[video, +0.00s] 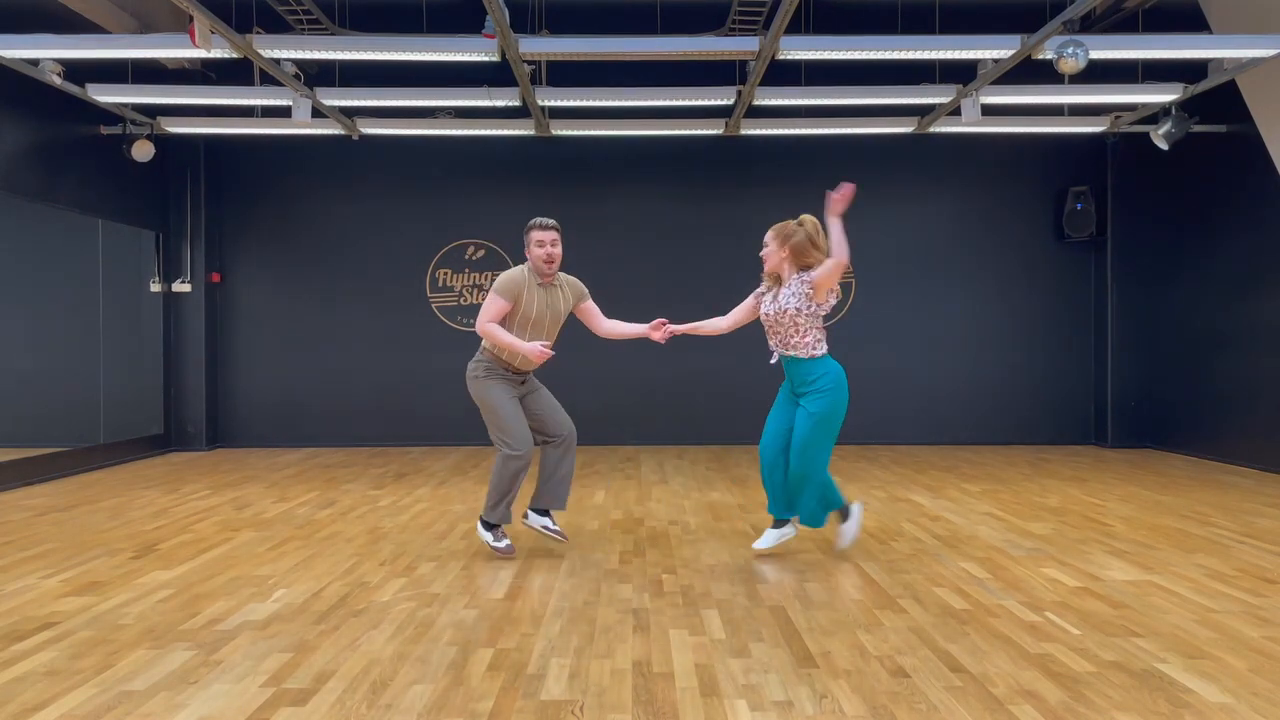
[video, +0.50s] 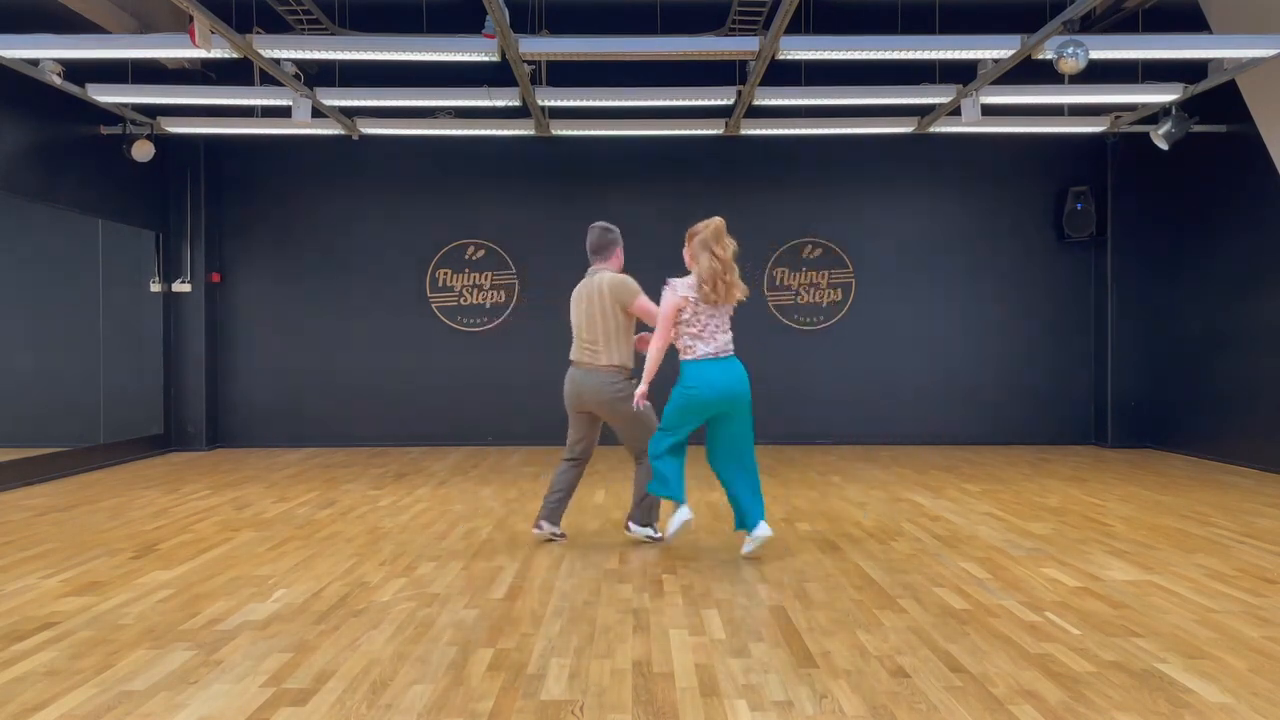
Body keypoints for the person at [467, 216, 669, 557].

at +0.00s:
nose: (549, 252)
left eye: (554, 244)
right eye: (540, 245)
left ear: (562, 248)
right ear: (527, 251)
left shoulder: (571, 288)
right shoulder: (512, 281)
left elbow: (602, 326)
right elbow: (484, 325)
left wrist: (646, 329)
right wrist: (523, 347)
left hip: (524, 378)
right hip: (489, 373)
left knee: (563, 433)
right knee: (518, 446)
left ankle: (540, 511)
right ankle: (490, 523)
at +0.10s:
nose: (556, 257)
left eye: (561, 249)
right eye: (547, 250)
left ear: (567, 253)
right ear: (532, 255)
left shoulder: (571, 299)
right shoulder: (517, 294)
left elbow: (597, 338)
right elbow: (489, 341)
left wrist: (638, 342)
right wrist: (532, 355)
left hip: (531, 386)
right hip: (499, 381)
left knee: (563, 442)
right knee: (512, 462)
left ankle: (531, 509)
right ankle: (472, 534)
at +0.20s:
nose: (573, 255)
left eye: (577, 248)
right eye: (565, 248)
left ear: (580, 253)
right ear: (546, 252)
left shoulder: (574, 297)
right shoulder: (534, 289)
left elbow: (590, 339)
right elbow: (519, 342)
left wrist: (626, 348)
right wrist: (570, 340)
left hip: (542, 384)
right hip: (519, 379)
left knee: (561, 451)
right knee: (540, 457)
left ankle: (525, 519)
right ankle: (480, 525)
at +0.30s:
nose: (593, 251)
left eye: (595, 246)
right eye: (586, 244)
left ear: (594, 250)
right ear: (564, 247)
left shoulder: (579, 290)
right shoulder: (558, 279)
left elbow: (587, 338)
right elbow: (564, 332)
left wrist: (622, 349)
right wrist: (605, 321)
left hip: (545, 374)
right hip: (539, 374)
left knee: (563, 440)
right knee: (593, 438)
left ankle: (540, 507)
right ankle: (541, 500)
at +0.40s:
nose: (611, 259)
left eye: (611, 253)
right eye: (604, 252)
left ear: (587, 257)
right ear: (583, 255)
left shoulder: (576, 286)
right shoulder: (581, 285)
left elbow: (586, 349)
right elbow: (615, 329)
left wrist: (623, 353)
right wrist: (641, 319)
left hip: (551, 382)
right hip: (567, 385)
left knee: (565, 457)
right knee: (630, 436)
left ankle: (542, 526)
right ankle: (622, 510)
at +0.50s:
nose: (623, 256)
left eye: (622, 251)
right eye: (622, 251)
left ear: (590, 254)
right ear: (618, 252)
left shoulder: (579, 290)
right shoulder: (621, 284)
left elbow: (592, 337)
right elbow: (662, 322)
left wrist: (633, 342)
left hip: (576, 379)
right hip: (611, 382)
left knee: (575, 454)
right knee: (649, 450)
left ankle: (548, 519)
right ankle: (641, 520)